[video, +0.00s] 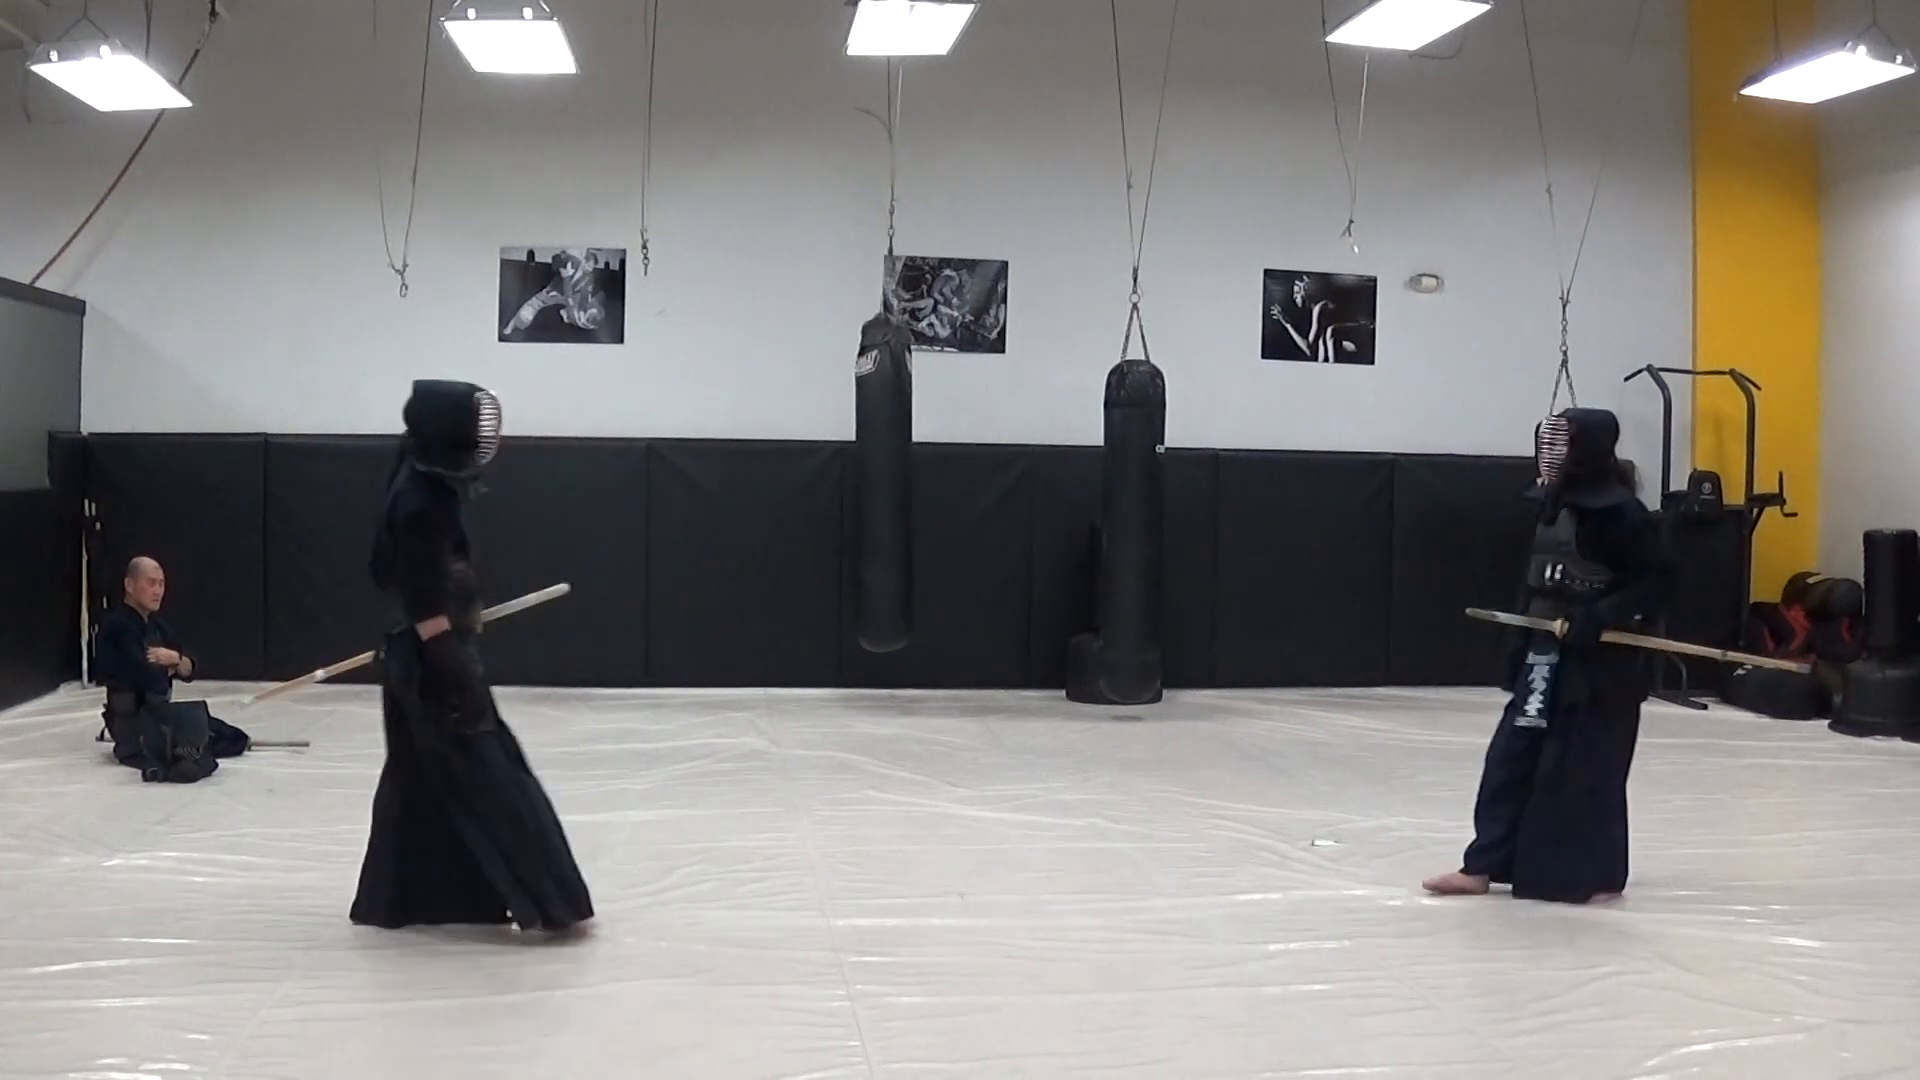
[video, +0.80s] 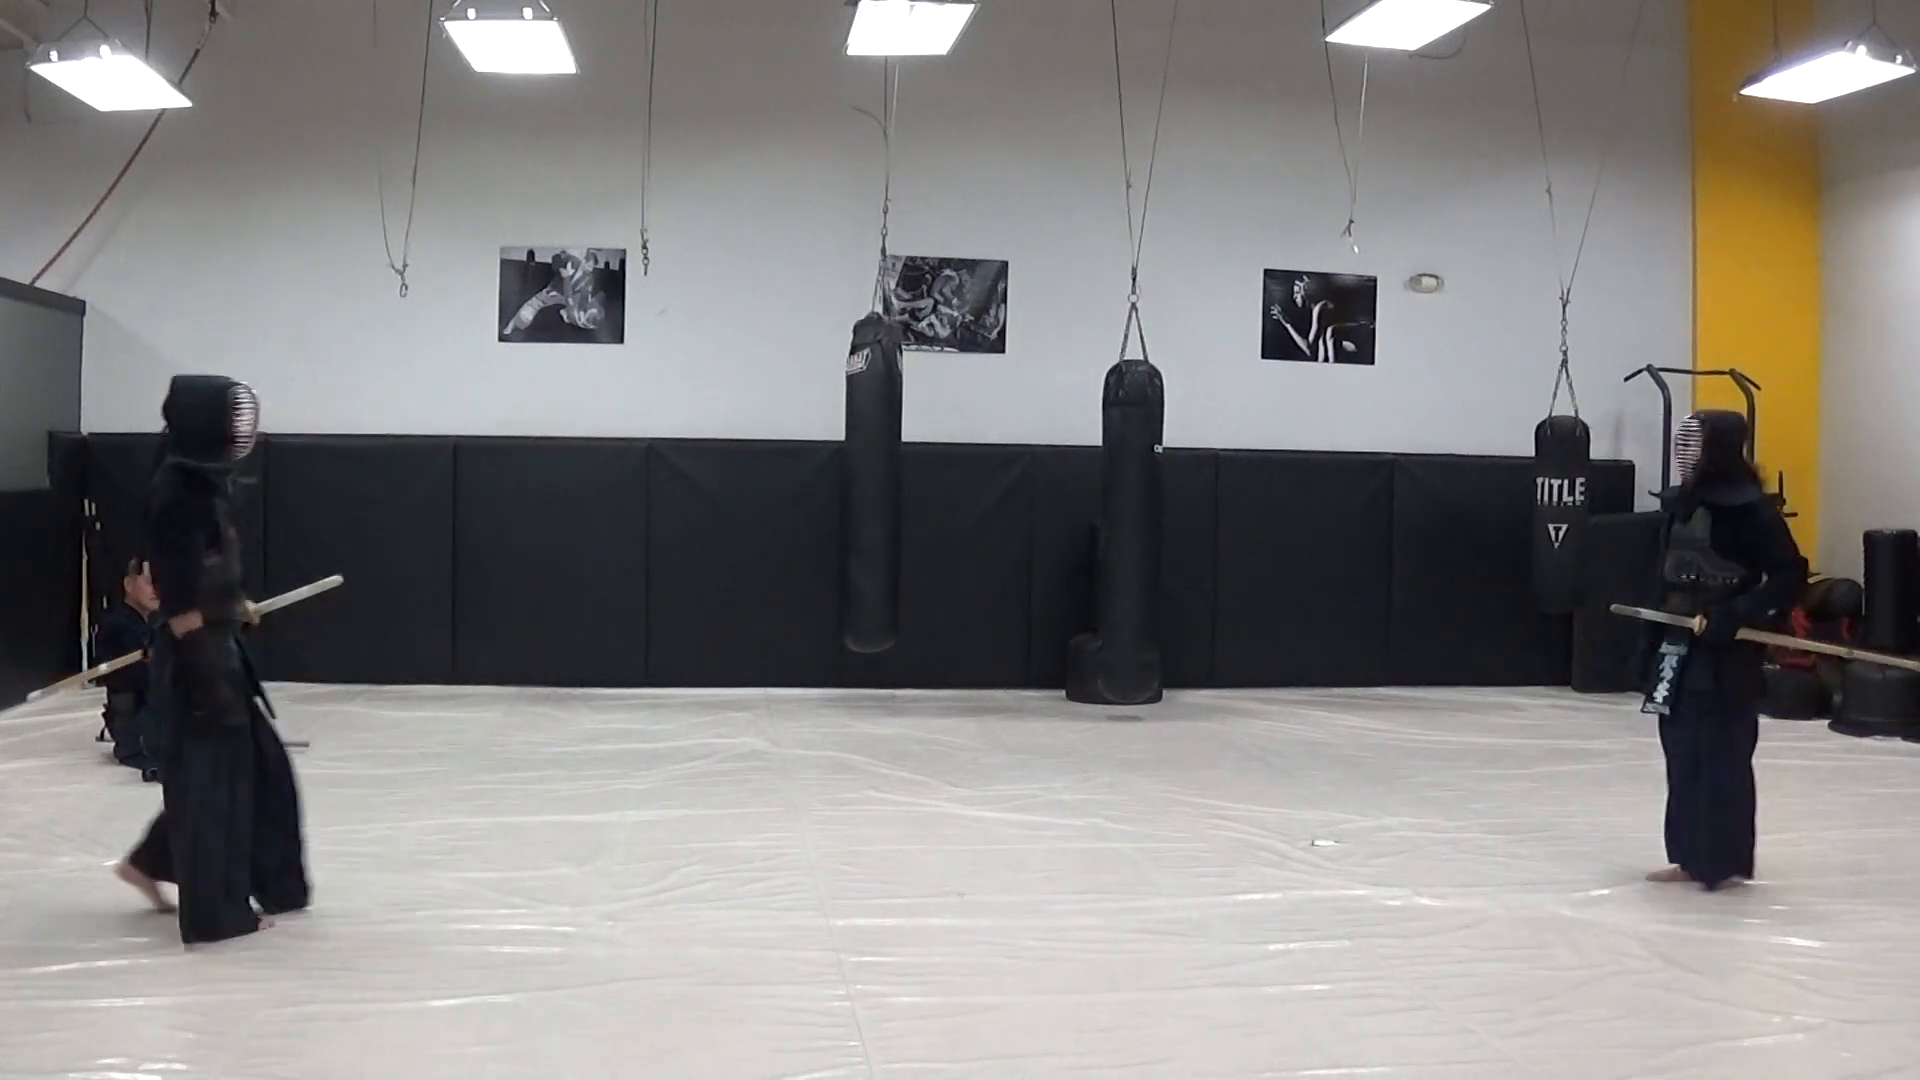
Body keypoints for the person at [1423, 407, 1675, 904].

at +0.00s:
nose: (1550, 455)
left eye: (1561, 447)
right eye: (1549, 445)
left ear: (1588, 452)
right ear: (1550, 448)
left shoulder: (1622, 512)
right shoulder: (1553, 507)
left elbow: (1656, 582)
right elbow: (1541, 582)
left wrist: (1598, 614)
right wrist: (1524, 645)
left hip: (1604, 663)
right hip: (1546, 657)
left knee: (1595, 766)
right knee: (1508, 756)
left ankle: (1604, 878)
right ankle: (1482, 867)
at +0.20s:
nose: (1583, 453)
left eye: (1593, 444)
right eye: (1583, 443)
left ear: (1620, 449)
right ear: (1587, 444)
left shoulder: (1655, 509)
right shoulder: (1586, 502)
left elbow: (1684, 582)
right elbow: (1575, 575)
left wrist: (1632, 611)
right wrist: (1559, 639)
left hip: (1630, 654)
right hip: (1576, 648)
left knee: (1616, 758)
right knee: (1551, 744)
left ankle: (1610, 874)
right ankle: (1554, 862)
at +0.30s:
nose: (1602, 452)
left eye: (1611, 443)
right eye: (1602, 442)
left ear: (1638, 449)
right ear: (1612, 444)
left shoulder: (1674, 510)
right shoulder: (1602, 504)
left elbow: (1702, 581)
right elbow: (1587, 578)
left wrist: (1647, 614)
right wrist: (1568, 646)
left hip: (1644, 654)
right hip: (1593, 648)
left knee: (1629, 757)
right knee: (1571, 747)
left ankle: (1626, 877)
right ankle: (1594, 868)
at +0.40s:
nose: (1620, 456)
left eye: (1630, 447)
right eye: (1619, 446)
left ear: (1658, 453)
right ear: (1618, 447)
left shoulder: (1691, 511)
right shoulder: (1618, 504)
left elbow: (1722, 587)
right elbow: (1603, 582)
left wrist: (1664, 617)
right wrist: (1578, 645)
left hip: (1662, 651)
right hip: (1613, 644)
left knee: (1639, 755)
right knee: (1604, 745)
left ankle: (1615, 875)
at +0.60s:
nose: (1650, 455)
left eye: (1659, 447)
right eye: (1648, 446)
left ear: (1686, 452)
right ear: (1648, 449)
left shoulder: (1716, 512)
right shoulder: (1652, 507)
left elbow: (1758, 580)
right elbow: (1638, 584)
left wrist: (1697, 619)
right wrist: (1613, 644)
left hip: (1697, 655)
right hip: (1654, 650)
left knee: (1664, 758)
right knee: (1668, 754)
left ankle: (1625, 870)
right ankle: (1684, 860)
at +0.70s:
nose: (1664, 456)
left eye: (1673, 447)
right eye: (1663, 446)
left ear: (1700, 450)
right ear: (1670, 450)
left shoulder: (1733, 507)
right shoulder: (1672, 504)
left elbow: (1774, 577)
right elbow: (1654, 578)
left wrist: (1713, 616)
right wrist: (1637, 632)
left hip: (1709, 653)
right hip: (1670, 648)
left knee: (1679, 755)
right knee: (1682, 753)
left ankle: (1660, 866)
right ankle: (1700, 861)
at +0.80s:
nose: (1686, 450)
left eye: (1694, 442)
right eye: (1686, 442)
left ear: (1715, 447)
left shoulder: (1749, 506)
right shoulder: (1683, 503)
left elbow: (1789, 574)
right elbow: (1666, 573)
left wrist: (1730, 614)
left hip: (1727, 651)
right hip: (1679, 645)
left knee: (1722, 753)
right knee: (1683, 750)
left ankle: (1728, 862)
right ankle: (1691, 858)